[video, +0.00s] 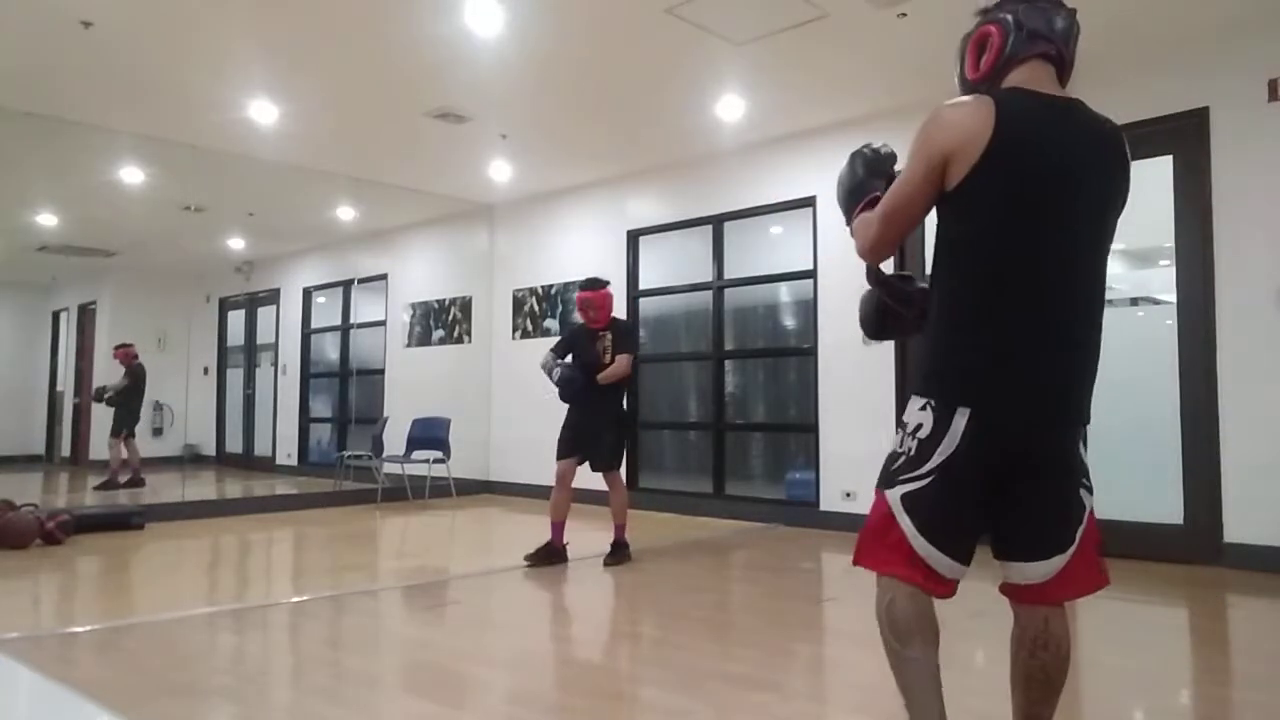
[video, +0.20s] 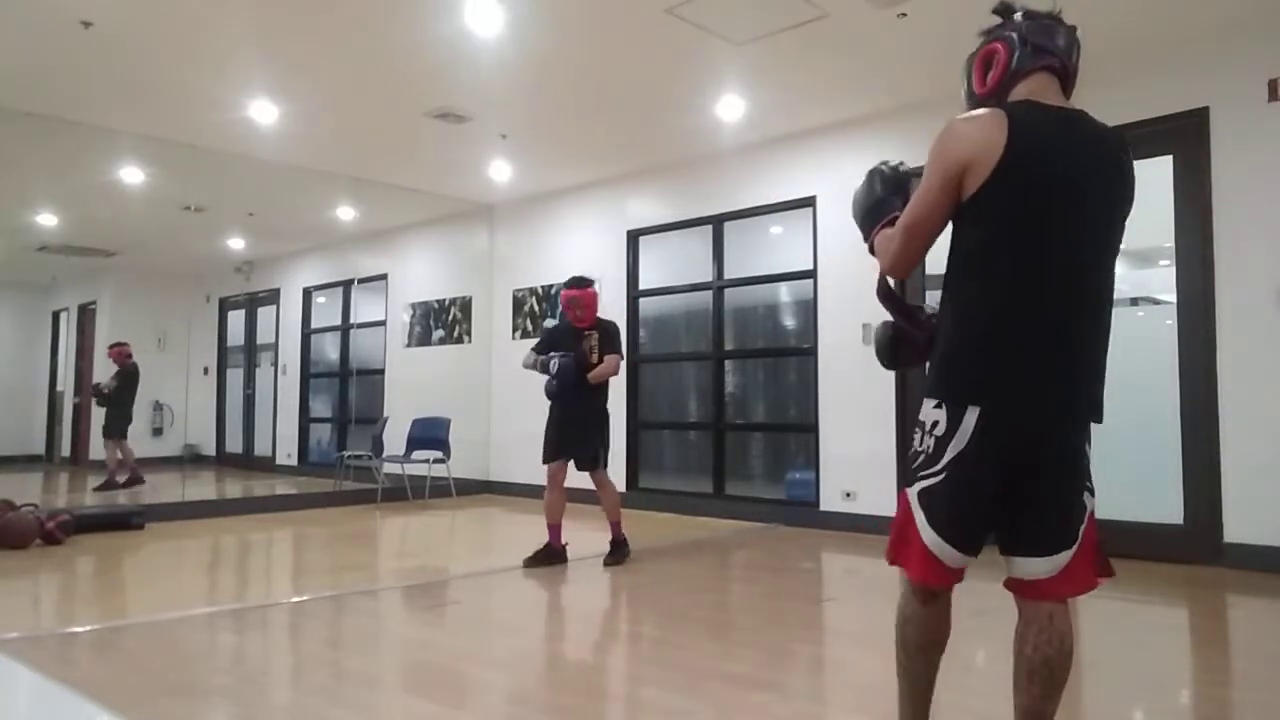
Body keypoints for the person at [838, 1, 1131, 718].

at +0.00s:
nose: (967, 67)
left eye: (970, 51)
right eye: (968, 55)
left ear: (989, 43)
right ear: (1064, 56)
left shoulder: (959, 121)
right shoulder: (1109, 140)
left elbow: (873, 243)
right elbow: (1051, 270)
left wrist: (860, 198)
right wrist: (931, 304)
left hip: (961, 394)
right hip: (1059, 397)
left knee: (904, 576)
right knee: (1040, 594)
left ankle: (927, 714)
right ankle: (1034, 719)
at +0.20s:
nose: (976, 79)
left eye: (979, 67)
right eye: (977, 70)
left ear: (998, 60)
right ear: (1069, 70)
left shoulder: (971, 135)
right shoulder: (1112, 150)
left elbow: (898, 260)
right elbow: (1057, 270)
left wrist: (879, 218)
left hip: (972, 392)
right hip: (1067, 395)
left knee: (927, 581)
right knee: (1044, 593)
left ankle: (913, 714)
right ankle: (1034, 717)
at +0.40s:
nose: (972, 102)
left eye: (974, 92)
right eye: (973, 95)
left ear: (989, 85)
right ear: (1064, 95)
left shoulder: (970, 153)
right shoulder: (1112, 165)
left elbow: (917, 282)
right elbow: (1077, 278)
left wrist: (899, 249)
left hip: (988, 396)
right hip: (1080, 395)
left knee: (963, 560)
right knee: (1049, 585)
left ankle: (963, 696)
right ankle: (1036, 718)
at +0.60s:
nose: (975, 125)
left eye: (975, 116)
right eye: (974, 118)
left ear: (990, 109)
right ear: (1064, 113)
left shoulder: (967, 178)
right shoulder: (1113, 180)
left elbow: (943, 309)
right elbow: (1088, 289)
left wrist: (926, 267)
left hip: (1000, 401)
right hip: (1080, 398)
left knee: (1008, 576)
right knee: (1053, 583)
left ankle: (1044, 708)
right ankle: (1033, 716)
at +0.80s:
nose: (975, 143)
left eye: (976, 132)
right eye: (973, 134)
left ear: (991, 126)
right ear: (1055, 126)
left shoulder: (978, 196)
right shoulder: (1115, 182)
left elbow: (933, 317)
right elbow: (1120, 289)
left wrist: (913, 280)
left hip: (1015, 408)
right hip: (1100, 404)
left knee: (1020, 570)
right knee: (1081, 568)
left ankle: (1044, 704)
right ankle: (1041, 697)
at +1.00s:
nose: (987, 149)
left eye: (988, 138)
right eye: (987, 140)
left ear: (1004, 134)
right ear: (1063, 133)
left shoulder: (990, 210)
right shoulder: (1121, 184)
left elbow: (934, 316)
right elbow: (1168, 285)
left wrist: (940, 282)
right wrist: (1094, 285)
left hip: (1032, 412)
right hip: (1117, 408)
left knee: (1030, 563)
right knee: (1137, 556)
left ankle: (1044, 706)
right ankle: (1128, 682)